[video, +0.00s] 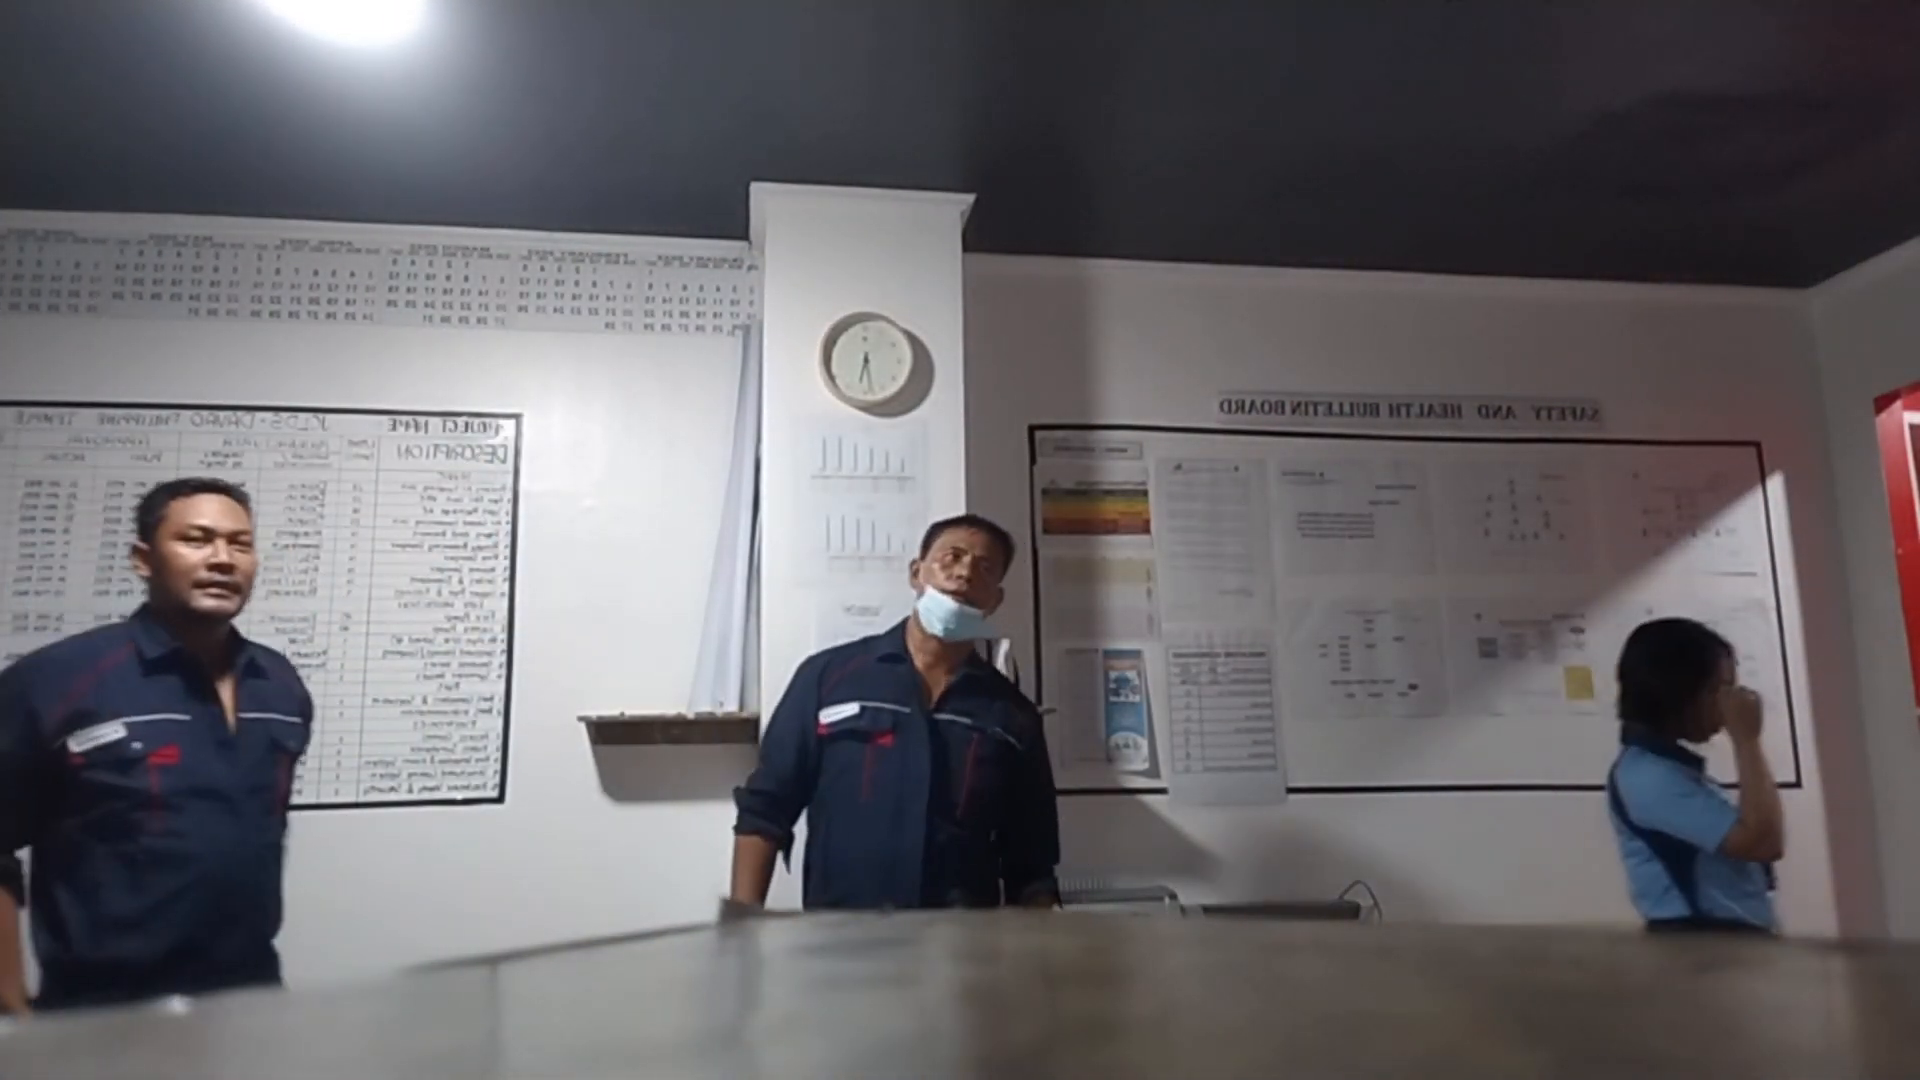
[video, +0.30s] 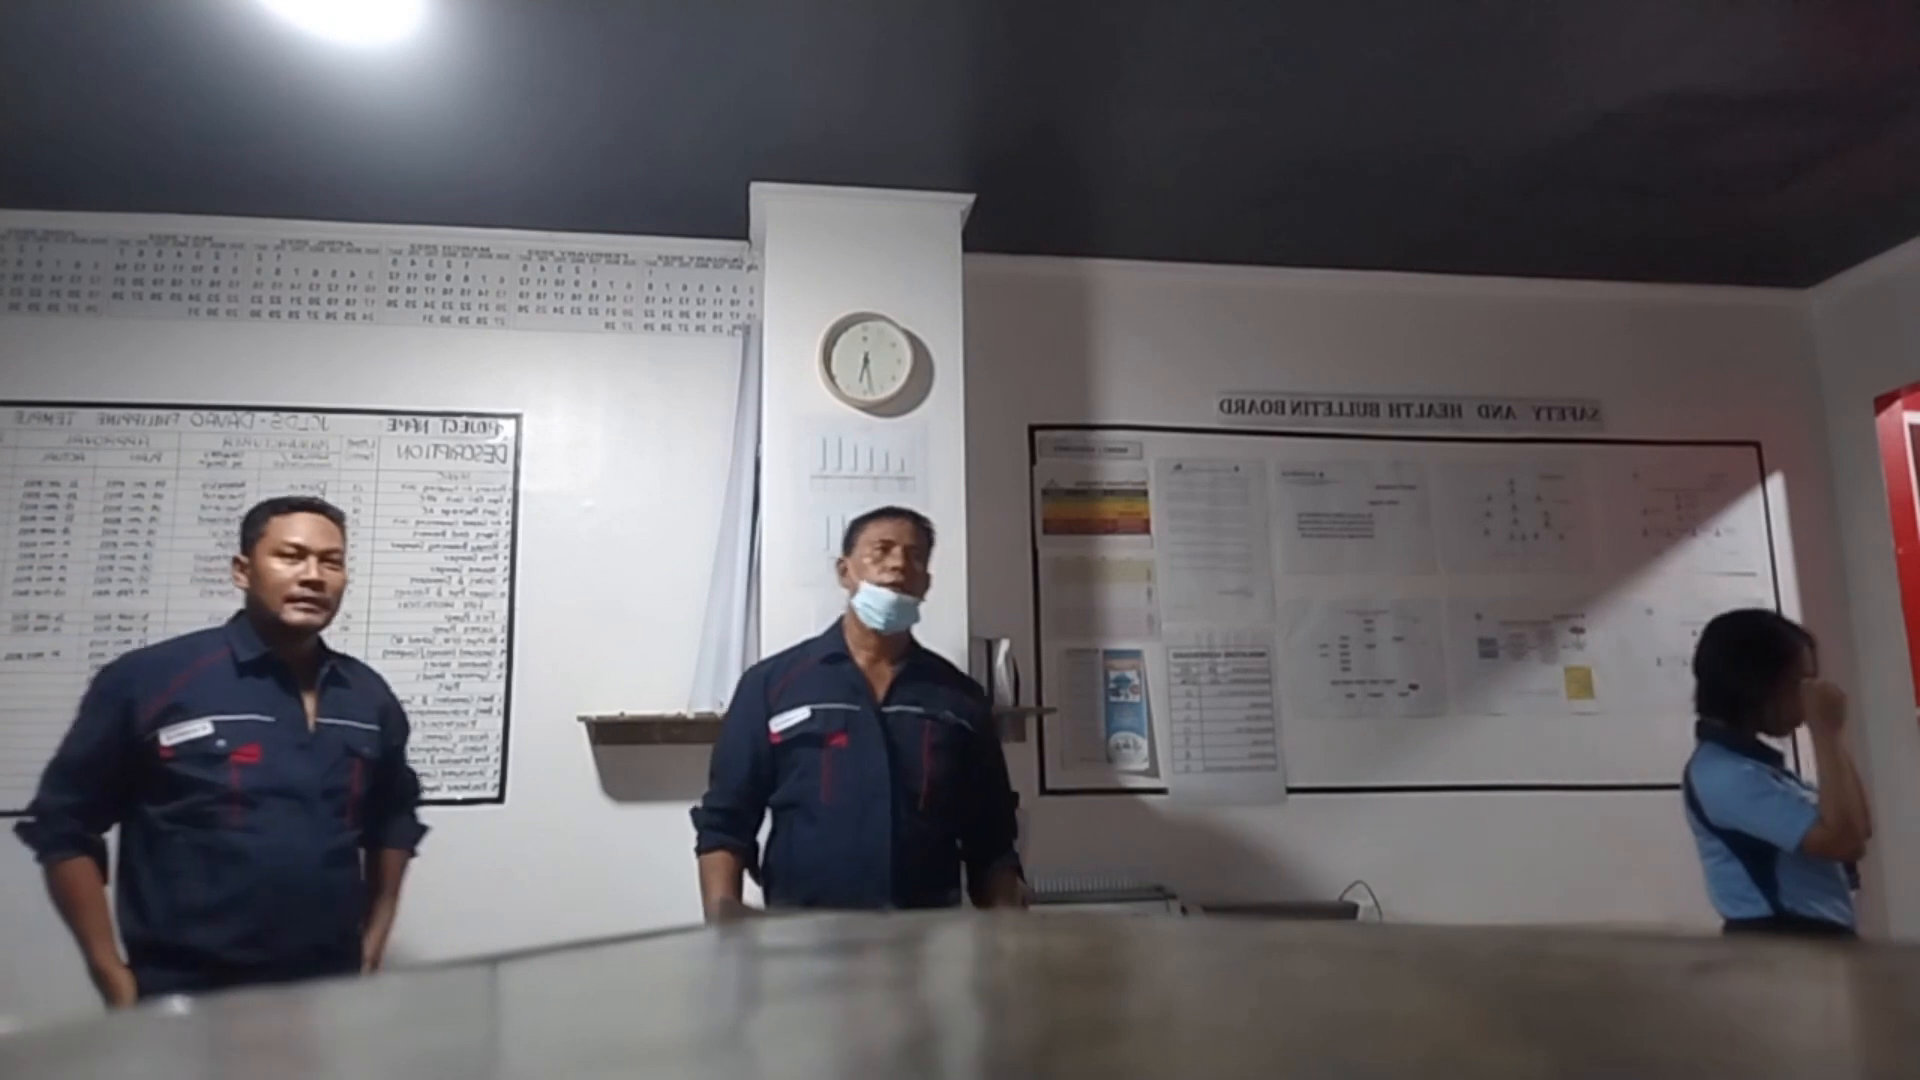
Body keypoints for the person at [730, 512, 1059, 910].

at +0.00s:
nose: (965, 571)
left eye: (983, 567)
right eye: (952, 556)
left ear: (995, 599)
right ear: (917, 574)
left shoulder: (1015, 719)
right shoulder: (826, 679)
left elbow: (1032, 873)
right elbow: (765, 810)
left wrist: (1038, 965)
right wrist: (741, 933)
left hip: (967, 954)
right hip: (840, 948)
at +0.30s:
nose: (900, 566)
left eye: (914, 556)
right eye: (881, 551)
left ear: (927, 582)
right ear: (846, 572)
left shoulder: (962, 699)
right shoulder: (770, 687)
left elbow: (992, 847)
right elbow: (724, 823)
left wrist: (1012, 952)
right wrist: (727, 939)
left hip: (929, 948)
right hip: (804, 946)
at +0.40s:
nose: (876, 562)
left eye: (890, 551)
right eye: (857, 550)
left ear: (904, 575)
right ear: (822, 573)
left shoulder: (944, 692)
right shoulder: (752, 690)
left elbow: (977, 841)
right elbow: (709, 833)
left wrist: (988, 945)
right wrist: (719, 956)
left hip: (920, 944)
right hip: (792, 944)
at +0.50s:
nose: (856, 561)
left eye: (869, 550)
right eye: (835, 550)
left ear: (882, 572)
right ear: (801, 575)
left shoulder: (927, 688)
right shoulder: (736, 694)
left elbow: (961, 836)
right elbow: (696, 843)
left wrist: (967, 947)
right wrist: (704, 966)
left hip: (908, 943)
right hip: (782, 944)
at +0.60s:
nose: (838, 561)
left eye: (850, 548)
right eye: (816, 549)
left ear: (863, 567)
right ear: (782, 576)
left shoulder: (913, 685)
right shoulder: (721, 698)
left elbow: (948, 831)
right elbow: (683, 851)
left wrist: (952, 943)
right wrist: (690, 972)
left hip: (897, 941)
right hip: (773, 943)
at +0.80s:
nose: (811, 565)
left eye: (821, 550)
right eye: (789, 555)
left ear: (838, 566)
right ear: (756, 583)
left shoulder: (896, 679)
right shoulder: (704, 707)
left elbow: (936, 824)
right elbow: (669, 860)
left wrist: (942, 939)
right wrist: (678, 979)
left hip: (890, 940)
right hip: (767, 944)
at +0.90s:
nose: (805, 565)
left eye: (817, 551)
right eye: (783, 556)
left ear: (834, 567)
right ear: (752, 586)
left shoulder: (896, 678)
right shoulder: (705, 708)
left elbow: (942, 820)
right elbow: (672, 860)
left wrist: (946, 937)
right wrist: (683, 981)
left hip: (891, 941)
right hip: (769, 945)